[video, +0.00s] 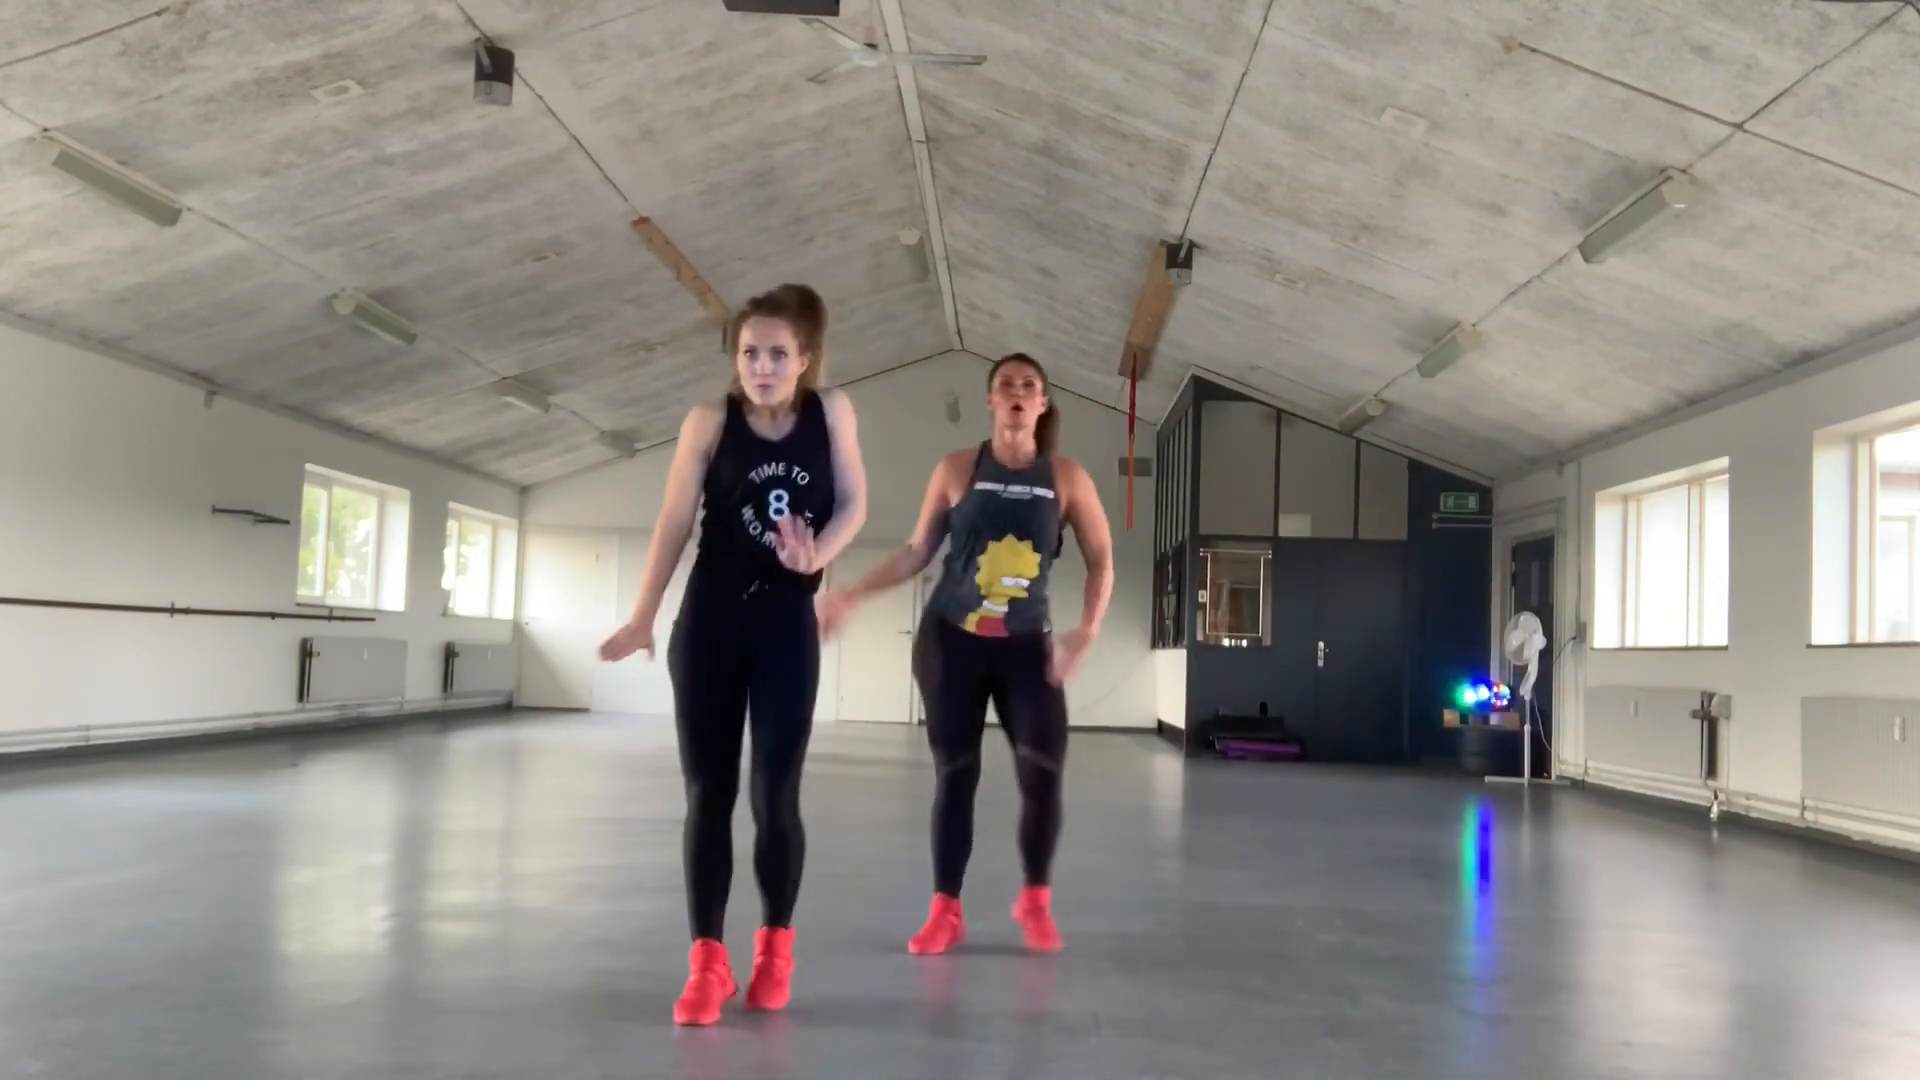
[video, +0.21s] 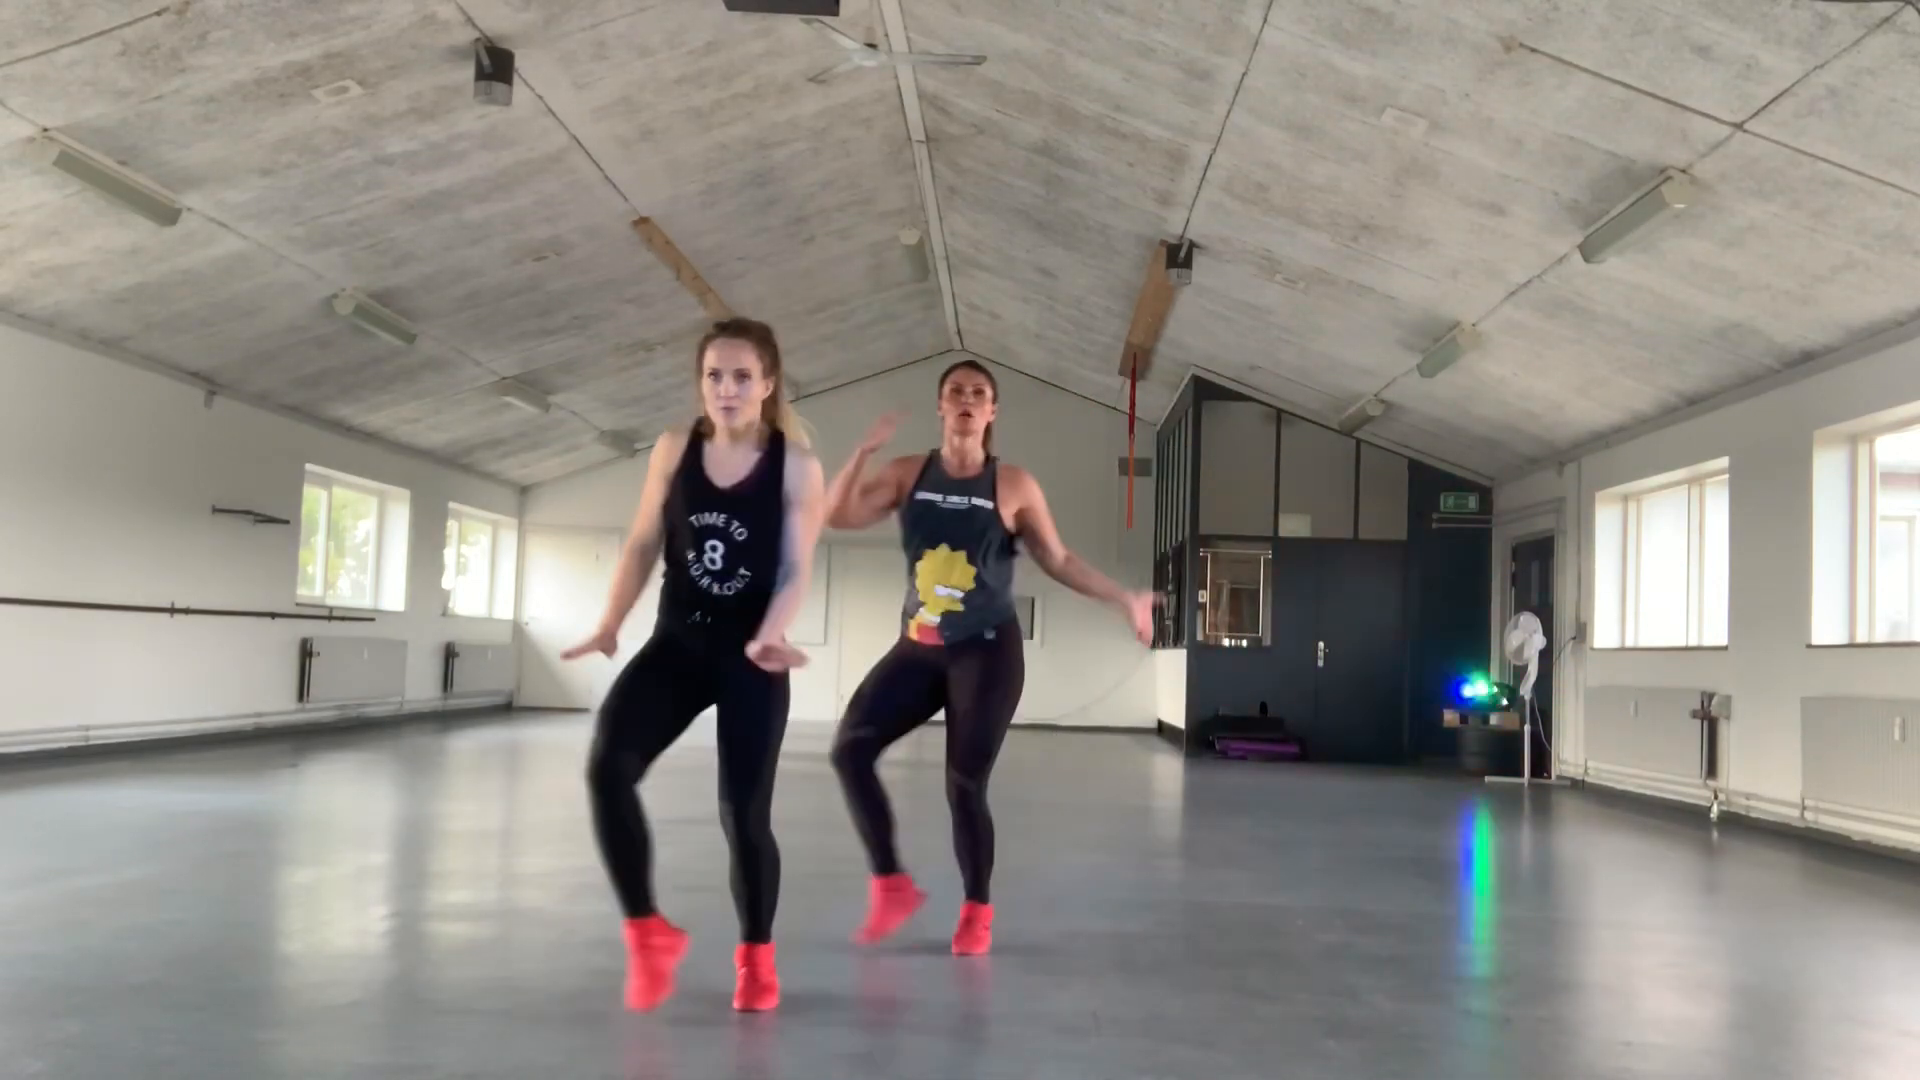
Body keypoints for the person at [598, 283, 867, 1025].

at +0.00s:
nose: (763, 365)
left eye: (778, 352)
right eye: (752, 351)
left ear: (807, 358)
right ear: (735, 356)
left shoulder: (830, 413)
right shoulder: (708, 422)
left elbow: (854, 505)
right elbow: (674, 522)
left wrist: (820, 553)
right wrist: (641, 618)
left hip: (788, 630)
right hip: (710, 627)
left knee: (774, 796)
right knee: (709, 796)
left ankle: (775, 944)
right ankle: (707, 955)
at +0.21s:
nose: (727, 388)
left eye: (742, 375)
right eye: (715, 375)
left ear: (769, 385)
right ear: (699, 384)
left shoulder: (797, 467)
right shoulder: (673, 452)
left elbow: (796, 569)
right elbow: (643, 544)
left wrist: (771, 632)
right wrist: (609, 624)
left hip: (755, 657)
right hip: (678, 649)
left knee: (744, 812)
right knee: (608, 768)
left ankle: (756, 954)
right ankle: (646, 931)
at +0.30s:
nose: (705, 380)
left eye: (721, 368)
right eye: (694, 366)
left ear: (748, 376)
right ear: (679, 370)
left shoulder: (771, 452)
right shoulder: (645, 427)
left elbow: (768, 549)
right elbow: (593, 496)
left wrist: (736, 575)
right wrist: (565, 579)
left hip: (736, 644)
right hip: (656, 640)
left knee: (756, 798)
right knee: (570, 772)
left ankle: (762, 943)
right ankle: (570, 924)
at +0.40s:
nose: (676, 384)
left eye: (693, 371)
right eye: (665, 368)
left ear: (723, 376)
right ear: (651, 370)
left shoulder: (740, 439)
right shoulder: (621, 413)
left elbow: (708, 530)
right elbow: (543, 428)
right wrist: (505, 508)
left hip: (705, 639)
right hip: (621, 641)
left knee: (767, 783)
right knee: (570, 793)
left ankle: (781, 947)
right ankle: (516, 946)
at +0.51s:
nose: (651, 389)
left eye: (668, 376)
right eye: (640, 374)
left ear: (699, 385)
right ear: (626, 379)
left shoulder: (709, 451)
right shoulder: (604, 428)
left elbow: (664, 541)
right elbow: (525, 428)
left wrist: (589, 605)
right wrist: (445, 453)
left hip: (672, 657)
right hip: (590, 651)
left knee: (746, 804)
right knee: (548, 806)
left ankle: (791, 958)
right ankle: (517, 956)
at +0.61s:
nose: (636, 394)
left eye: (653, 383)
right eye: (625, 381)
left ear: (680, 391)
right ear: (611, 386)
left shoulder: (691, 448)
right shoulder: (599, 457)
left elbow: (693, 551)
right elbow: (524, 493)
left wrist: (671, 648)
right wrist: (462, 451)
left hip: (652, 654)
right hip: (574, 650)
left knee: (724, 813)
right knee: (531, 805)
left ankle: (785, 962)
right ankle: (513, 957)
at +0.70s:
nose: (635, 395)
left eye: (651, 383)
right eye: (625, 381)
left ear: (679, 389)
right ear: (610, 386)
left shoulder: (692, 443)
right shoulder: (604, 470)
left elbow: (758, 521)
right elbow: (531, 543)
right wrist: (483, 467)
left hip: (653, 658)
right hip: (576, 649)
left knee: (713, 816)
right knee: (539, 800)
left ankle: (782, 959)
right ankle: (513, 956)